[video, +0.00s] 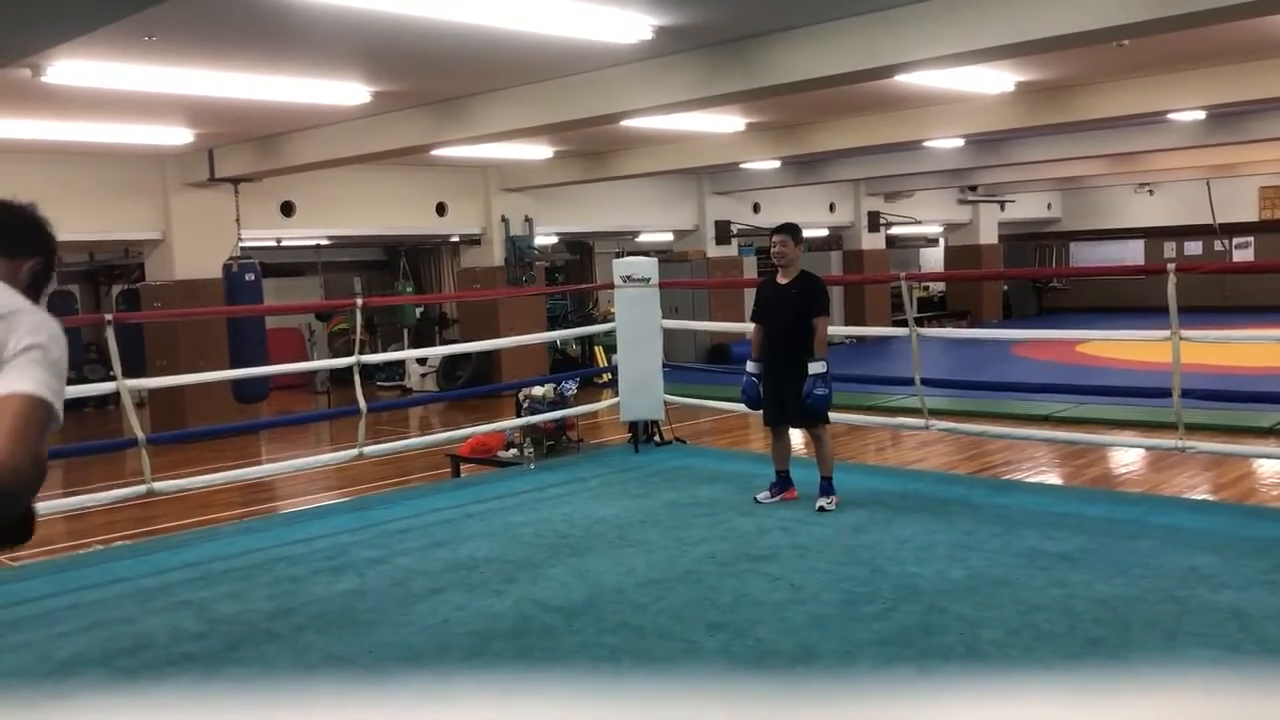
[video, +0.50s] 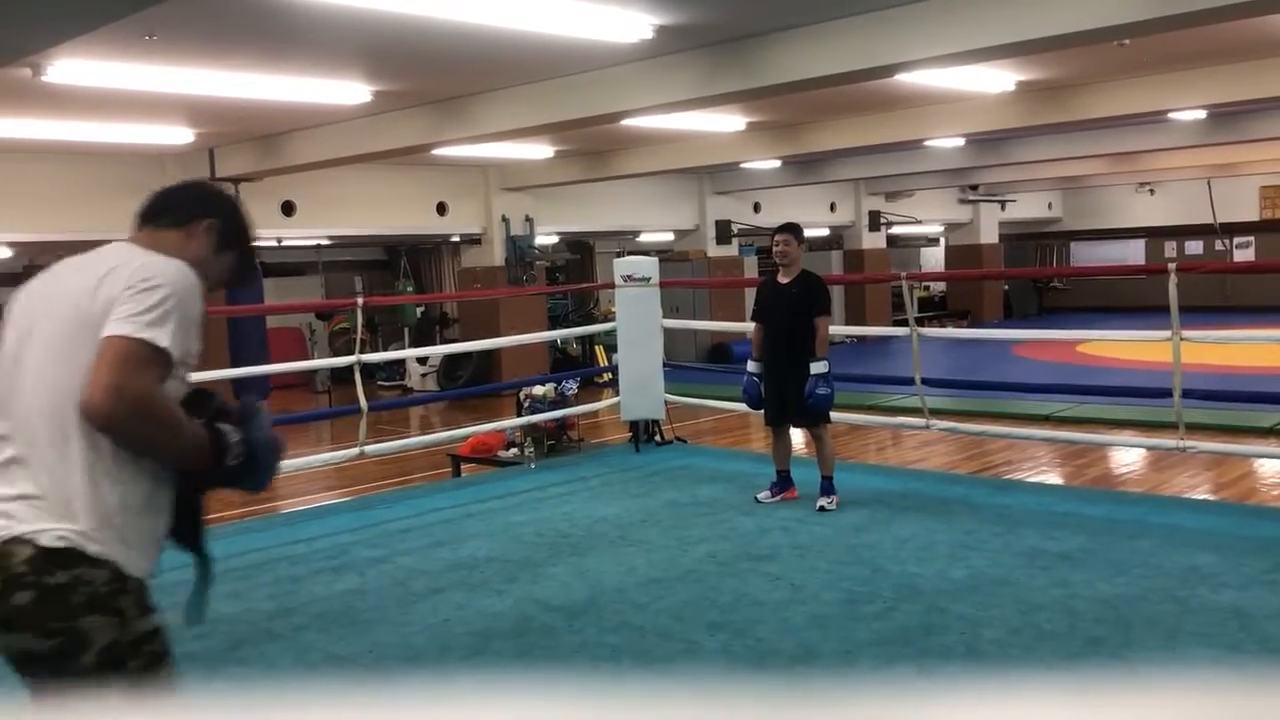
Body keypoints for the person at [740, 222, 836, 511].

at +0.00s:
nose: (776, 250)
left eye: (783, 245)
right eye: (773, 245)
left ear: (798, 248)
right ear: (770, 250)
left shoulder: (813, 285)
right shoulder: (766, 286)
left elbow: (821, 329)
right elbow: (758, 330)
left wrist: (819, 372)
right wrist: (752, 372)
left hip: (804, 370)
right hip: (773, 370)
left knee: (817, 430)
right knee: (777, 428)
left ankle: (826, 488)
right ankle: (783, 483)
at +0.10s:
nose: (777, 250)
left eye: (783, 244)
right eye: (773, 245)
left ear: (798, 248)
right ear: (770, 249)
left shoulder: (813, 285)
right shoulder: (766, 285)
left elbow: (821, 329)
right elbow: (758, 330)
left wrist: (819, 371)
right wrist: (752, 372)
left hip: (805, 370)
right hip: (773, 370)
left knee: (817, 430)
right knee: (777, 428)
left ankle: (826, 489)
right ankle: (782, 483)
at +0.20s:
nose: (777, 250)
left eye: (784, 244)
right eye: (774, 245)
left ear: (799, 248)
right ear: (770, 249)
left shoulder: (814, 285)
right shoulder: (766, 286)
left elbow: (821, 330)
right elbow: (758, 330)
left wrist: (819, 371)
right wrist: (752, 372)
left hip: (805, 370)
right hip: (773, 370)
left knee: (817, 430)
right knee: (777, 428)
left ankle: (827, 489)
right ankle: (783, 483)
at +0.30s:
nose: (778, 249)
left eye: (785, 244)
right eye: (775, 245)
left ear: (800, 248)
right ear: (771, 249)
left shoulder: (814, 285)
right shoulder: (766, 286)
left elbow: (822, 330)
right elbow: (759, 330)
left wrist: (820, 372)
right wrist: (753, 372)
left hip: (805, 370)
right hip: (773, 370)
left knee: (818, 430)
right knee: (778, 428)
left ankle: (827, 489)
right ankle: (783, 483)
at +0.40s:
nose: (779, 249)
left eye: (785, 244)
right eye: (775, 244)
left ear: (800, 248)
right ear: (771, 249)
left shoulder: (814, 285)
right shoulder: (766, 286)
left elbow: (822, 330)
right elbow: (759, 329)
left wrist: (820, 371)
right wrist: (753, 371)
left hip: (806, 370)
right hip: (774, 370)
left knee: (818, 429)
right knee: (778, 428)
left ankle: (827, 488)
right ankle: (783, 483)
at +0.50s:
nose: (780, 249)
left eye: (786, 244)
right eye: (776, 244)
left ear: (800, 248)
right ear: (772, 249)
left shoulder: (814, 285)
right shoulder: (766, 286)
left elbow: (822, 330)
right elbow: (758, 330)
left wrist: (821, 372)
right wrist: (753, 371)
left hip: (806, 370)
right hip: (774, 370)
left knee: (818, 430)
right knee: (778, 428)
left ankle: (827, 488)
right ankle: (783, 483)